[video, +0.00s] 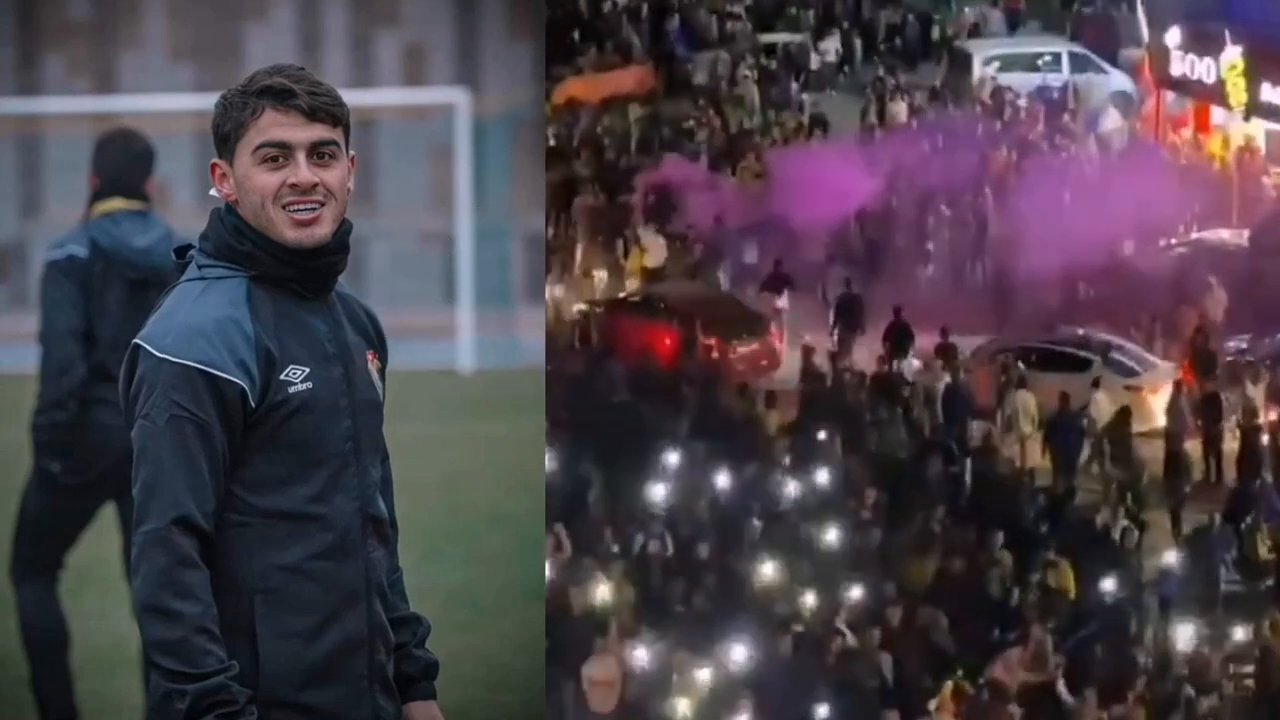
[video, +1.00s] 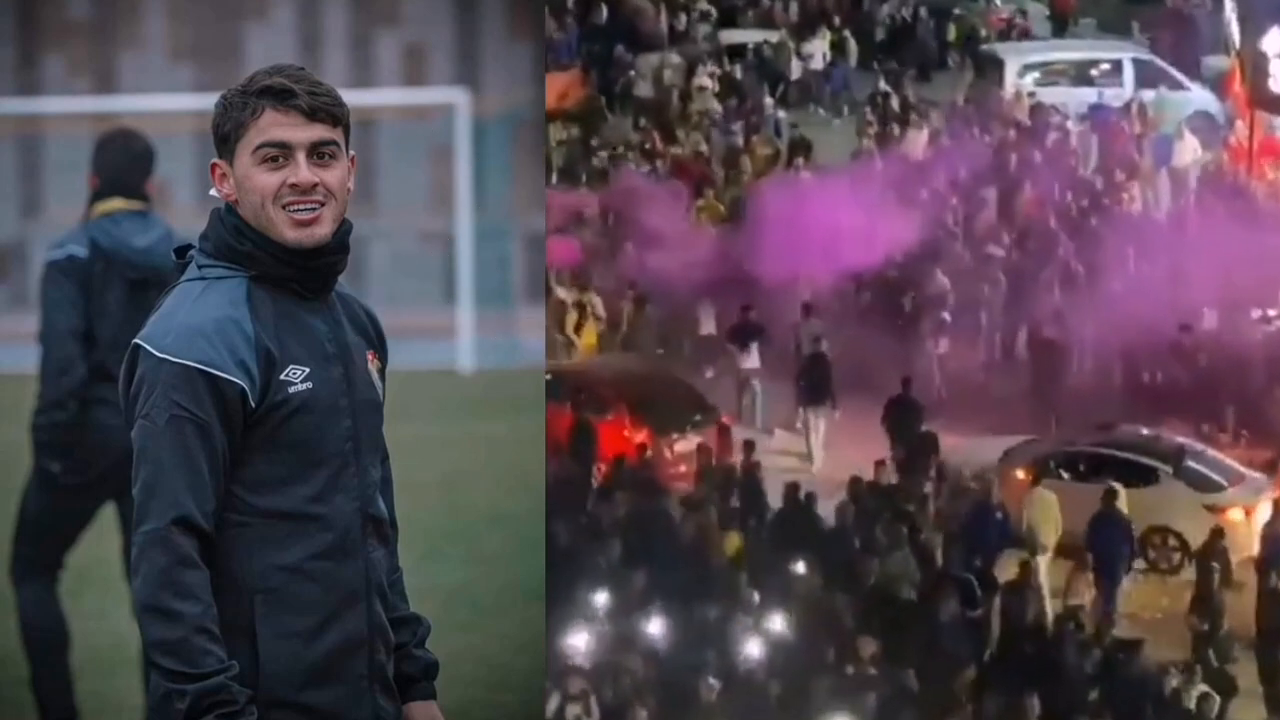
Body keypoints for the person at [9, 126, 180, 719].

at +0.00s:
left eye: (93, 173)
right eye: (150, 178)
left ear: (94, 180)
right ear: (152, 185)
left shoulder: (73, 253)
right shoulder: (178, 254)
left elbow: (65, 362)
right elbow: (190, 351)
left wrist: (51, 440)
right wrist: (174, 428)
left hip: (88, 448)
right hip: (158, 447)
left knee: (34, 569)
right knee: (156, 580)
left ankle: (57, 709)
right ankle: (167, 706)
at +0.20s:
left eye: (94, 173)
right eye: (149, 178)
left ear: (94, 180)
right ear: (152, 185)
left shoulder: (73, 252)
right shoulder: (177, 254)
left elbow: (65, 361)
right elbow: (190, 351)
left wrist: (51, 441)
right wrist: (174, 429)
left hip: (88, 448)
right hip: (158, 447)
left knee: (34, 569)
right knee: (156, 580)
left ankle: (57, 709)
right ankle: (167, 706)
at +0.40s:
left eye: (94, 173)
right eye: (149, 178)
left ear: (94, 180)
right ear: (152, 185)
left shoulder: (73, 252)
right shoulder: (177, 254)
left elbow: (65, 361)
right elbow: (190, 351)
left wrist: (51, 441)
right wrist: (174, 429)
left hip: (88, 448)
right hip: (158, 447)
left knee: (34, 569)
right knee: (156, 580)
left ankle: (57, 709)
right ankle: (167, 706)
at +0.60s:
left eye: (94, 173)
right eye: (149, 178)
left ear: (94, 180)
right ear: (152, 185)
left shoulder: (73, 252)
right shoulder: (177, 254)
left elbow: (65, 361)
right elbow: (190, 351)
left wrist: (51, 441)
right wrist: (174, 429)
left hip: (88, 448)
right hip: (158, 447)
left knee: (34, 569)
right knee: (156, 580)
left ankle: (57, 709)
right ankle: (167, 706)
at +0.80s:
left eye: (93, 173)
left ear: (94, 180)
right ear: (152, 185)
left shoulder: (73, 253)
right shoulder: (178, 254)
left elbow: (65, 361)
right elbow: (190, 351)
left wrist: (51, 441)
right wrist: (175, 428)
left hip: (88, 448)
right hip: (158, 447)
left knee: (33, 569)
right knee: (157, 580)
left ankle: (57, 708)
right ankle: (167, 705)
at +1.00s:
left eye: (93, 174)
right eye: (150, 179)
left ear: (94, 180)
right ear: (152, 186)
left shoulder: (73, 253)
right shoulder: (178, 254)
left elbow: (64, 362)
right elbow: (190, 352)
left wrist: (50, 442)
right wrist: (175, 429)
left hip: (88, 448)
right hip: (158, 447)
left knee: (33, 569)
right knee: (157, 581)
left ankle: (57, 709)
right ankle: (167, 706)